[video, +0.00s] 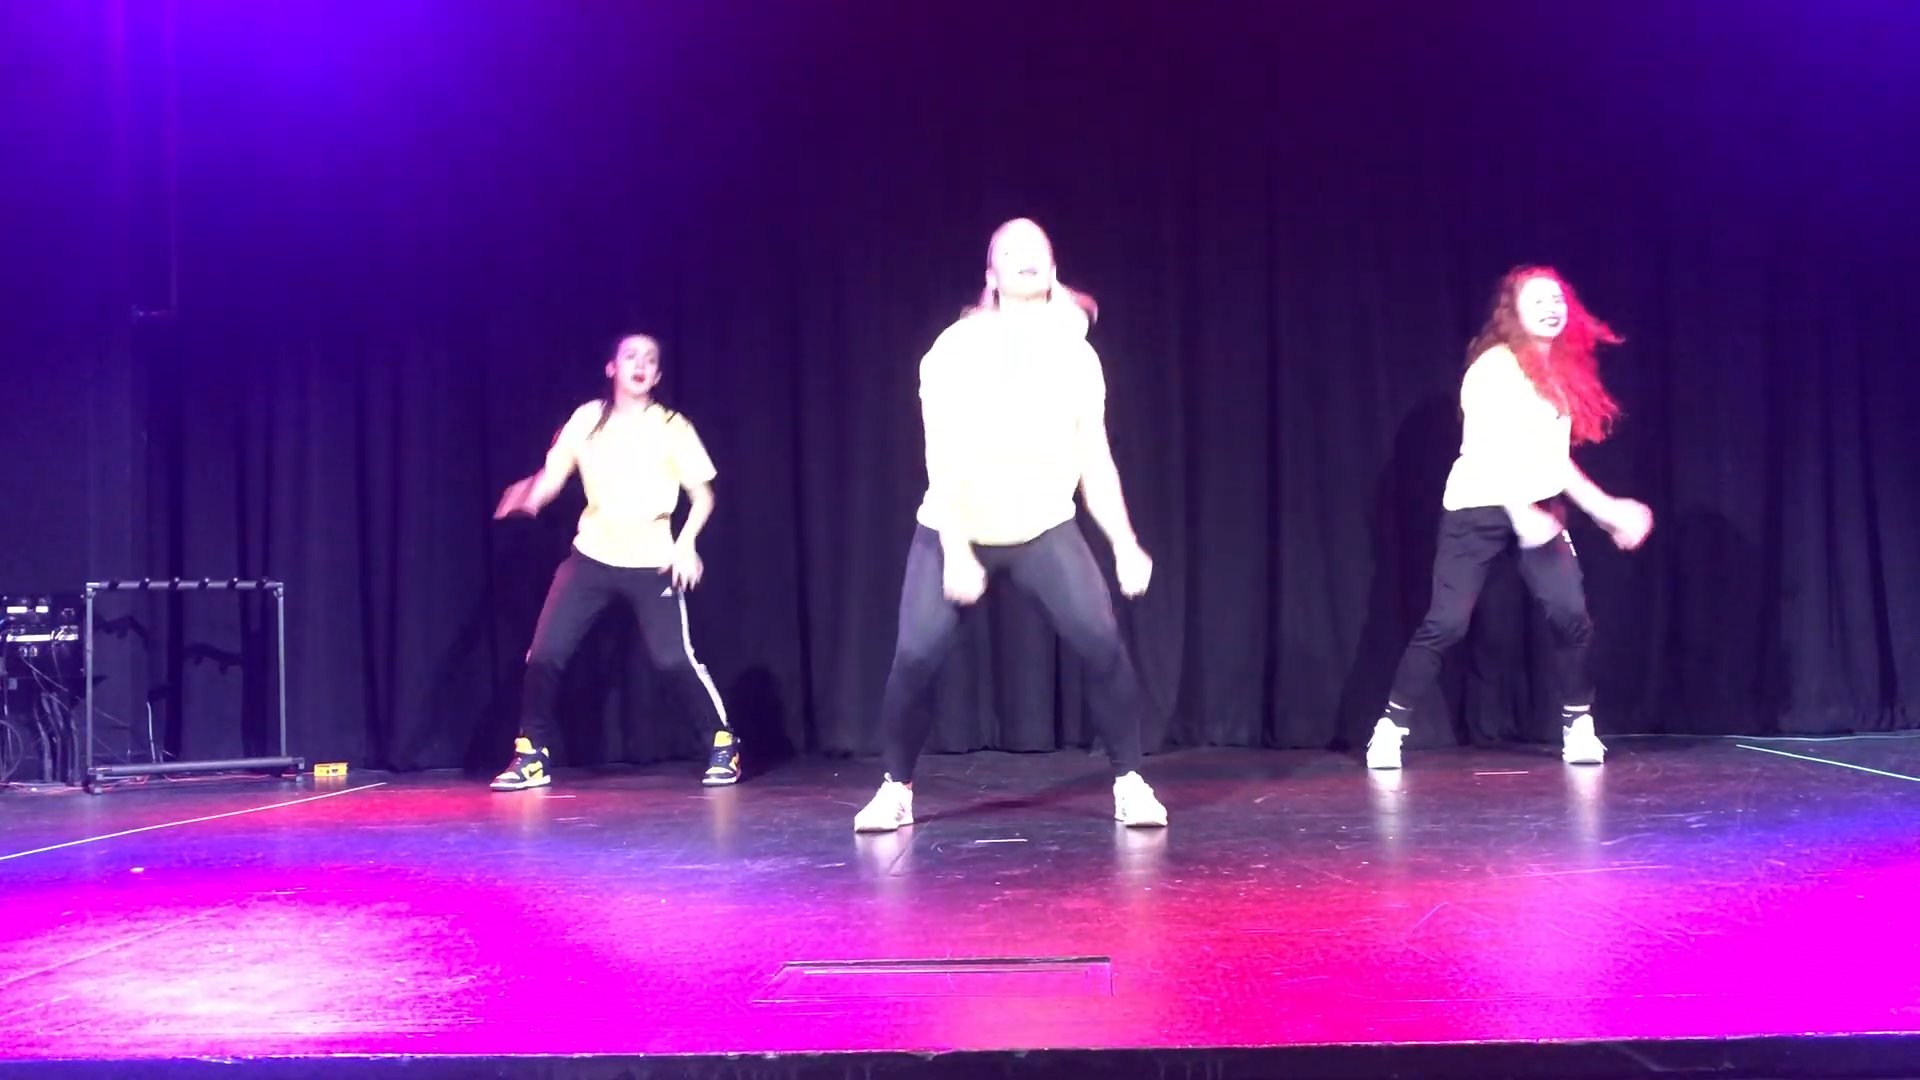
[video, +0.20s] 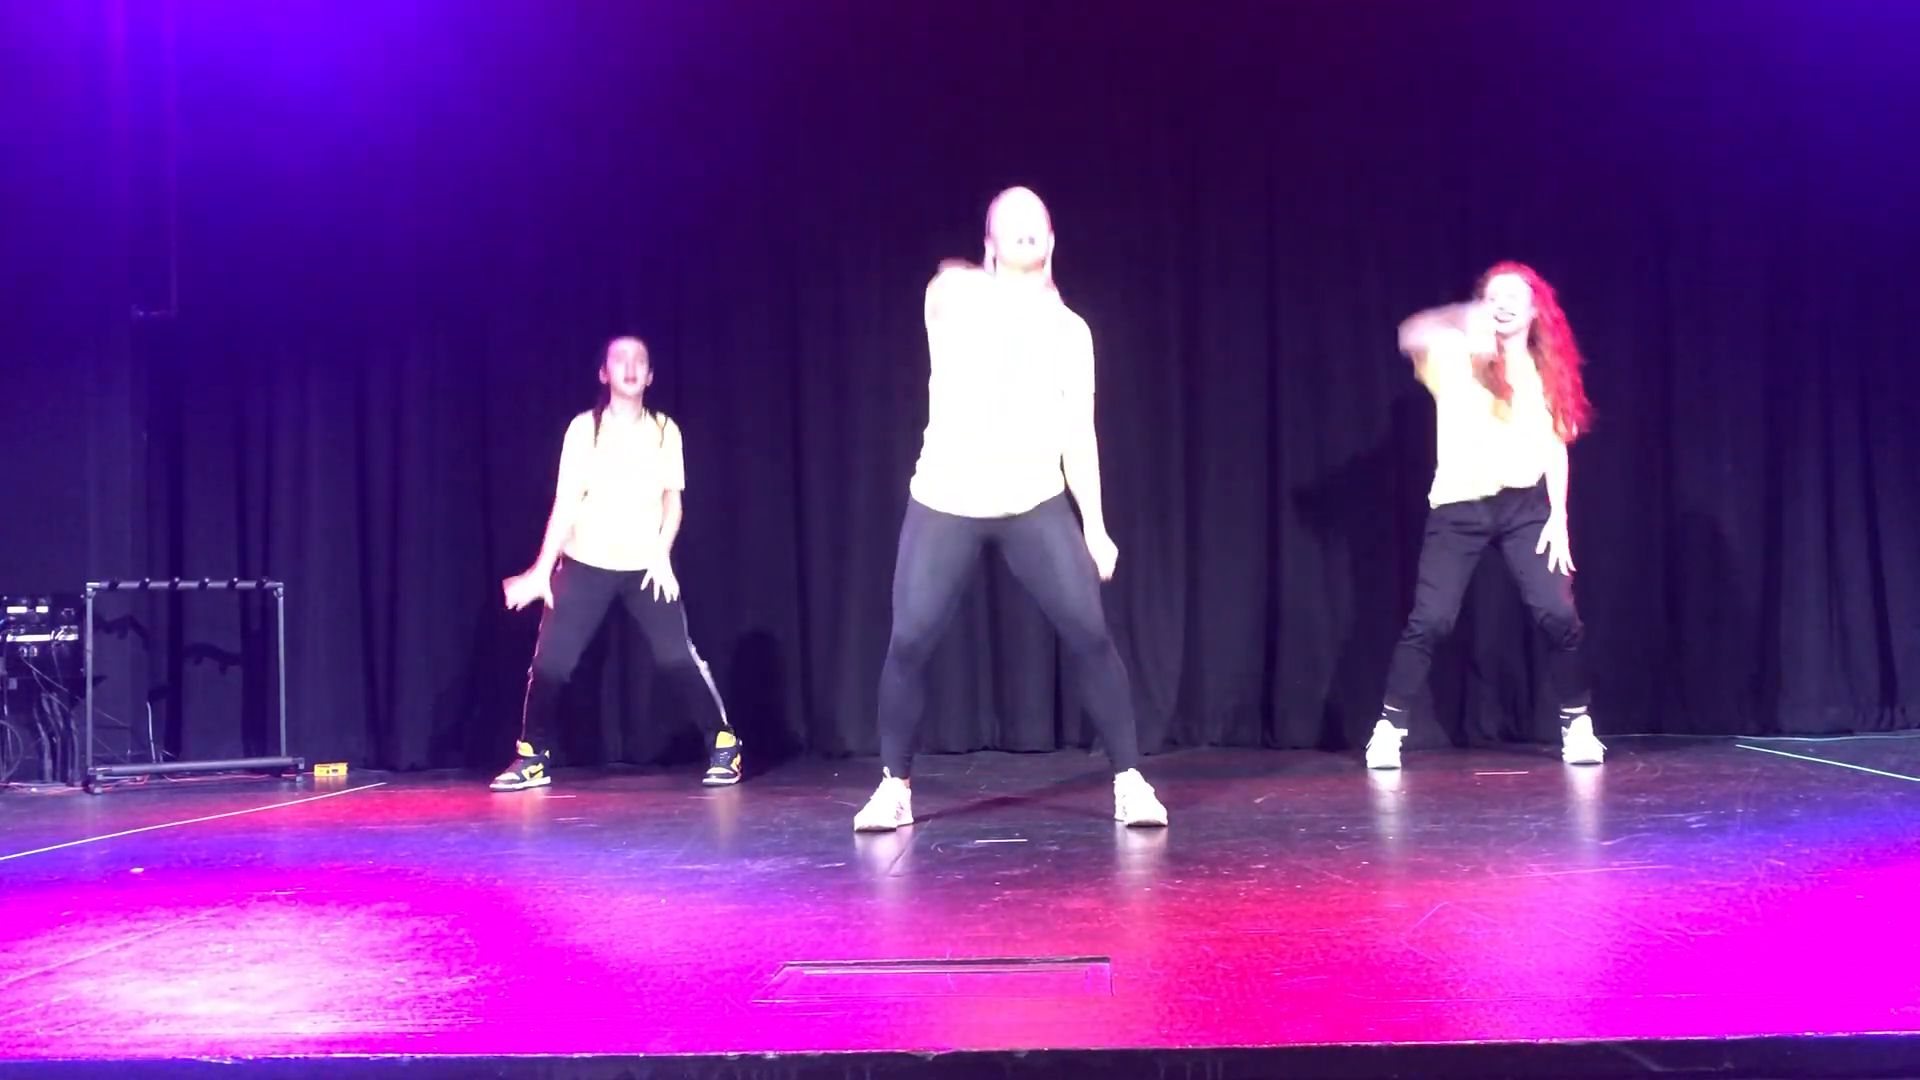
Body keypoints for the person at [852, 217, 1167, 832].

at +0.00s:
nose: (1028, 259)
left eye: (1037, 248)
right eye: (1013, 250)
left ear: (1054, 263)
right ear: (992, 270)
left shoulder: (1074, 352)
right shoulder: (951, 351)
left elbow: (1094, 453)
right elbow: (942, 457)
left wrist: (1124, 542)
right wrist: (956, 547)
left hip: (1043, 523)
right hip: (955, 521)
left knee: (1101, 640)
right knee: (916, 653)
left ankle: (1129, 781)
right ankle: (895, 786)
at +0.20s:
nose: (1026, 236)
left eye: (1035, 226)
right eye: (1013, 227)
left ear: (1052, 237)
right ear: (990, 241)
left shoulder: (1071, 330)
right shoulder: (950, 296)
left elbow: (1080, 436)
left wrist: (1094, 525)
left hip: (1034, 499)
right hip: (945, 498)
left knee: (1090, 631)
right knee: (910, 639)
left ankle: (1129, 780)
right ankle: (894, 785)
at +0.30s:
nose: (1023, 204)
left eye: (1032, 197)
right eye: (1009, 197)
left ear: (1047, 217)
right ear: (982, 217)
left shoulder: (1068, 303)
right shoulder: (950, 265)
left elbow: (1078, 414)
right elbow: (944, 169)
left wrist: (1095, 507)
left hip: (1031, 480)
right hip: (941, 479)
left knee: (1078, 624)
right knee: (916, 631)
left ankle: (1130, 777)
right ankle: (891, 784)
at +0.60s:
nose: (949, 222)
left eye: (958, 211)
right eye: (951, 214)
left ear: (998, 218)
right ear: (968, 225)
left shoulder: (1040, 299)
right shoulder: (960, 280)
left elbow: (1047, 405)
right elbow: (938, 238)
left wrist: (1061, 499)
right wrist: (921, 201)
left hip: (1002, 480)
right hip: (927, 482)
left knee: (1061, 628)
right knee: (918, 629)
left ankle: (1130, 774)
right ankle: (892, 782)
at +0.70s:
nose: (924, 214)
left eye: (939, 202)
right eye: (929, 203)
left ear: (981, 217)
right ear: (963, 220)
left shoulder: (1016, 294)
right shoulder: (938, 296)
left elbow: (1022, 397)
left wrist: (1035, 484)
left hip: (995, 482)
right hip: (925, 487)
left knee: (1063, 627)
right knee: (917, 633)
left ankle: (1136, 772)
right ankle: (893, 783)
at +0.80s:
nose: (905, 220)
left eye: (921, 210)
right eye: (911, 209)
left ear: (961, 225)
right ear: (947, 227)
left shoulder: (991, 288)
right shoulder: (935, 292)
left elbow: (1002, 386)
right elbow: (940, 392)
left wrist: (1017, 484)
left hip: (995, 480)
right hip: (929, 486)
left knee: (1057, 628)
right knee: (912, 629)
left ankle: (1139, 770)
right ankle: (893, 783)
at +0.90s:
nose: (892, 251)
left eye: (905, 241)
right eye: (898, 240)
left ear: (942, 257)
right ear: (933, 256)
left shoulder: (975, 325)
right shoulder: (924, 331)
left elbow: (992, 428)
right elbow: (942, 429)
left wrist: (999, 527)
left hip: (1008, 504)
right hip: (936, 511)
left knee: (1054, 646)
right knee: (898, 637)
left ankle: (1136, 772)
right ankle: (894, 786)